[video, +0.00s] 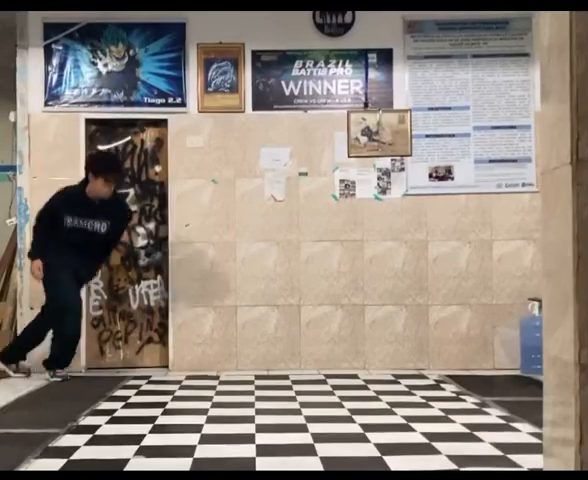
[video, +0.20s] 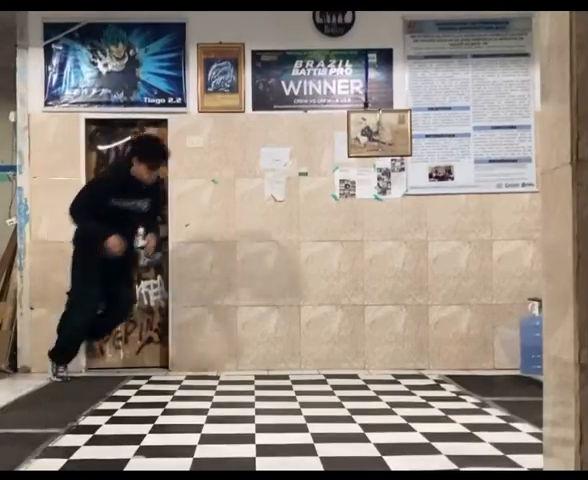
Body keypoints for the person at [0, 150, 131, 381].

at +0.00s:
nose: (111, 189)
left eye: (114, 183)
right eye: (107, 182)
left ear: (117, 182)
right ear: (92, 177)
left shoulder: (119, 211)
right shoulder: (65, 198)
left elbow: (109, 244)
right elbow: (41, 226)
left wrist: (97, 265)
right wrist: (36, 256)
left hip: (84, 269)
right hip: (55, 261)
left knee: (51, 313)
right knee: (70, 310)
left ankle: (11, 355)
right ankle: (56, 364)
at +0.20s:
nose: (152, 175)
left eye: (156, 169)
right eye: (149, 168)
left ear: (158, 167)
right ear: (134, 161)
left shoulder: (153, 190)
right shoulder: (108, 180)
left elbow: (152, 217)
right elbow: (77, 210)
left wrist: (153, 233)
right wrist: (105, 235)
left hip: (122, 254)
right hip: (90, 251)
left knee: (122, 305)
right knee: (84, 304)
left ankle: (86, 336)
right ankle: (60, 358)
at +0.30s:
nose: (182, 171)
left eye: (185, 166)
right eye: (179, 165)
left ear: (185, 162)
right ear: (165, 156)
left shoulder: (175, 181)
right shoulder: (137, 173)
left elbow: (166, 205)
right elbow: (114, 207)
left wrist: (173, 213)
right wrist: (150, 222)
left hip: (147, 245)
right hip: (117, 245)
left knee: (165, 284)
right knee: (126, 294)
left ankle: (151, 335)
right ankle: (90, 337)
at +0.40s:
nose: (211, 182)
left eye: (214, 177)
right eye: (209, 175)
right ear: (196, 167)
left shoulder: (195, 188)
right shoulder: (166, 184)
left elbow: (186, 215)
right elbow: (158, 222)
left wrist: (199, 221)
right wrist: (190, 230)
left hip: (167, 245)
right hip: (139, 245)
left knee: (193, 285)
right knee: (170, 288)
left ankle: (207, 347)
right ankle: (155, 325)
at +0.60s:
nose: (257, 207)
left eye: (260, 201)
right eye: (254, 201)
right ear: (238, 196)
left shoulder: (232, 218)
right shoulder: (219, 219)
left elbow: (226, 258)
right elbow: (217, 262)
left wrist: (246, 275)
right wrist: (242, 281)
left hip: (206, 271)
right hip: (184, 274)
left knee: (251, 311)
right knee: (229, 316)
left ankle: (251, 366)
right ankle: (215, 365)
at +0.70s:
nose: (264, 198)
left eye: (267, 192)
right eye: (261, 191)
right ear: (245, 185)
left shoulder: (247, 209)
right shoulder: (219, 209)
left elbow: (234, 244)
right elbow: (205, 253)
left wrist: (254, 255)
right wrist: (233, 270)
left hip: (221, 267)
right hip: (194, 269)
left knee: (257, 316)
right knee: (232, 312)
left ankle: (250, 366)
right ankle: (213, 356)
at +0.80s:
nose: (261, 184)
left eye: (264, 178)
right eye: (258, 177)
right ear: (242, 170)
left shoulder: (255, 200)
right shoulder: (206, 187)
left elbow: (249, 221)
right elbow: (169, 211)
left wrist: (258, 241)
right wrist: (198, 241)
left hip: (234, 258)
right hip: (201, 258)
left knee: (256, 305)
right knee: (223, 301)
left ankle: (260, 357)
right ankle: (216, 350)